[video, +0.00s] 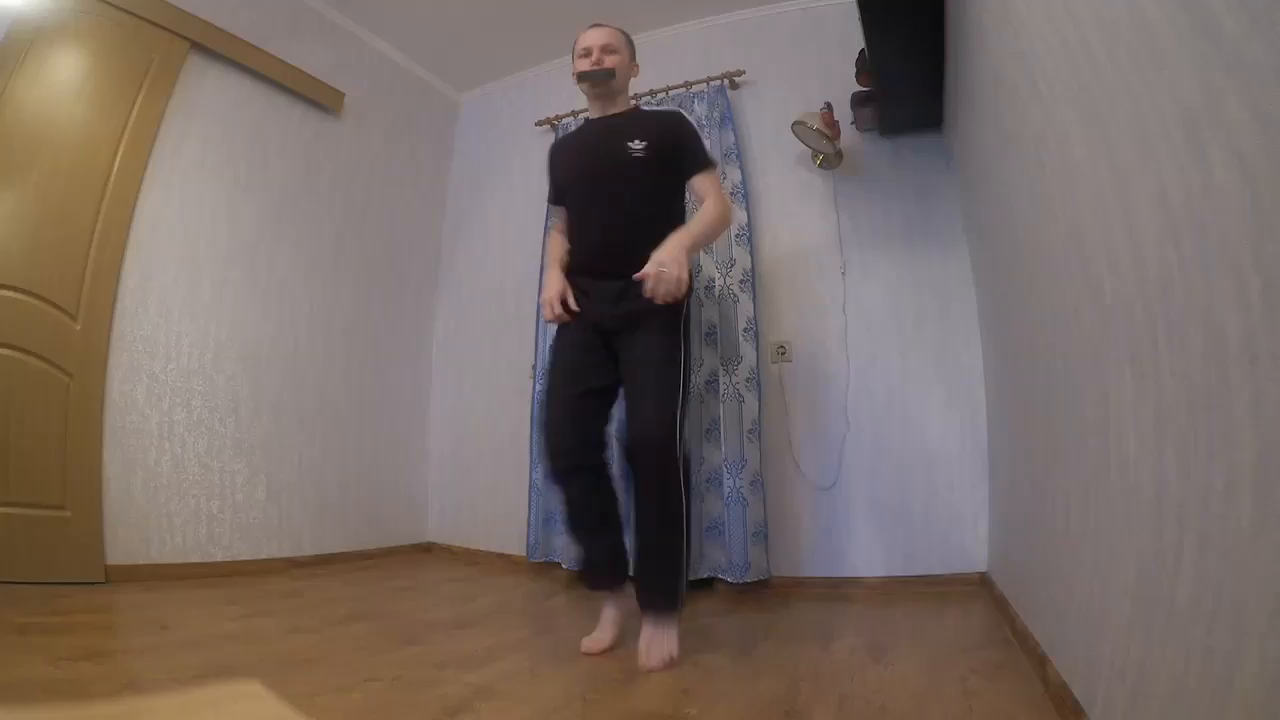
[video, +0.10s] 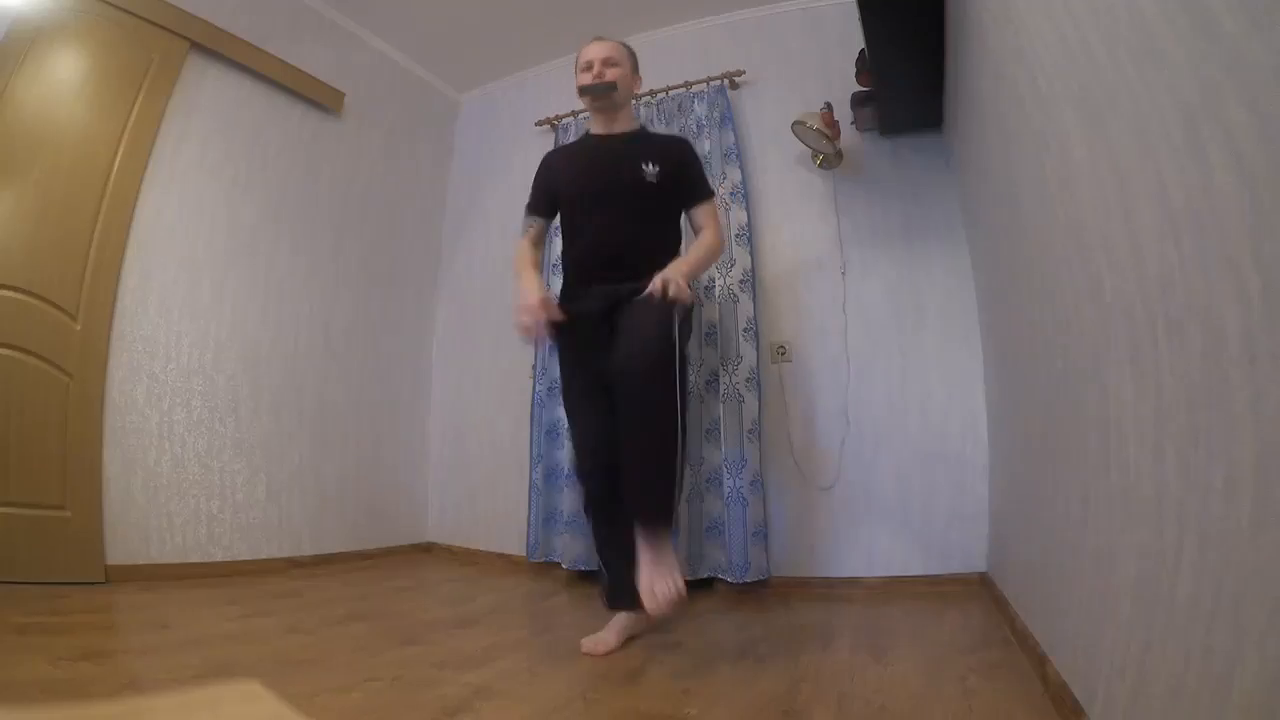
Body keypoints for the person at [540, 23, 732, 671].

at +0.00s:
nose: (594, 59)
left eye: (607, 51)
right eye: (583, 53)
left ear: (633, 67)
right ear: (574, 71)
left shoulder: (668, 127)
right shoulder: (564, 148)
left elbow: (718, 206)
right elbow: (559, 227)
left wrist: (680, 245)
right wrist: (553, 271)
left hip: (653, 311)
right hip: (585, 314)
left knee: (652, 444)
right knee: (568, 448)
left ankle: (660, 607)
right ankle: (614, 592)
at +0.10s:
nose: (596, 75)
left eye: (609, 65)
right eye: (585, 69)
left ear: (636, 82)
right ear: (574, 88)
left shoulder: (670, 151)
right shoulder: (558, 162)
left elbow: (712, 233)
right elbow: (529, 242)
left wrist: (682, 268)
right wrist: (530, 289)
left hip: (650, 313)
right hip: (582, 321)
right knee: (596, 458)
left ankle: (654, 532)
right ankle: (624, 605)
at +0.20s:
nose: (588, 67)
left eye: (602, 57)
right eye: (579, 61)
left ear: (631, 73)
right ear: (570, 80)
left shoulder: (667, 140)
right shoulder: (558, 153)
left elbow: (718, 209)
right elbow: (533, 223)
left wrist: (683, 234)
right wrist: (523, 241)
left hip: (654, 285)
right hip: (587, 298)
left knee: (632, 349)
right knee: (592, 445)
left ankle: (643, 535)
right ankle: (615, 598)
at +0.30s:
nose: (575, 58)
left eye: (589, 50)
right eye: (567, 55)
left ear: (621, 68)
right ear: (564, 77)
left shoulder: (657, 118)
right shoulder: (564, 150)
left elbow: (731, 184)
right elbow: (560, 226)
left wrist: (677, 220)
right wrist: (543, 234)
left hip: (665, 281)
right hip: (598, 288)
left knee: (637, 403)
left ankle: (655, 582)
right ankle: (586, 523)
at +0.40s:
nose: (577, 76)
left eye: (593, 68)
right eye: (569, 73)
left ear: (625, 89)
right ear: (565, 100)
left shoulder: (656, 135)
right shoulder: (574, 176)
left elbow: (728, 193)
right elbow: (584, 254)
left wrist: (654, 224)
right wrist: (553, 275)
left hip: (659, 322)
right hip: (595, 311)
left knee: (656, 461)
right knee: (482, 319)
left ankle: (660, 609)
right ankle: (566, 455)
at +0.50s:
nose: (581, 63)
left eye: (596, 55)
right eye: (574, 60)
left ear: (627, 76)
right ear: (569, 85)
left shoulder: (662, 126)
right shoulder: (569, 156)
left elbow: (725, 195)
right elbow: (577, 232)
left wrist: (657, 197)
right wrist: (554, 253)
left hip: (655, 300)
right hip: (589, 300)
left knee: (644, 442)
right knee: (507, 389)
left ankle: (651, 604)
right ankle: (577, 513)